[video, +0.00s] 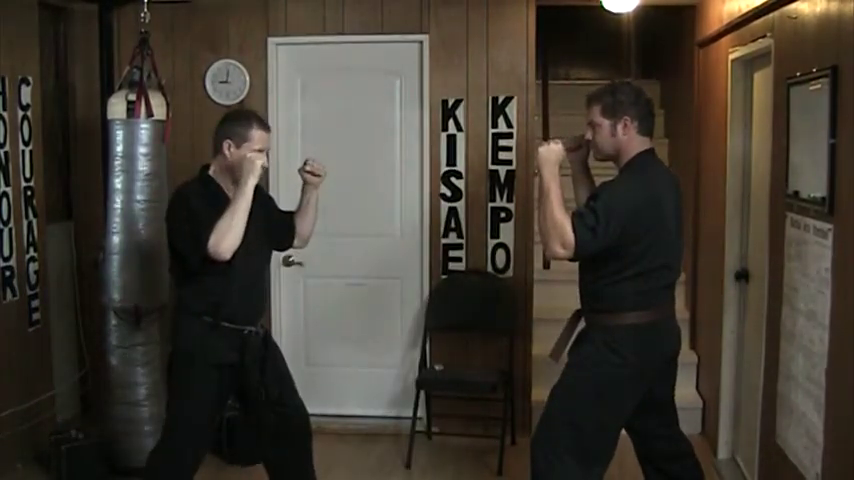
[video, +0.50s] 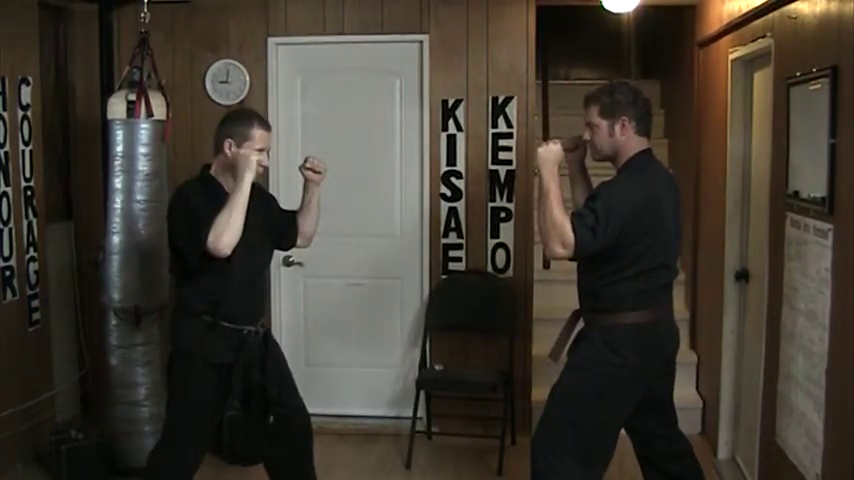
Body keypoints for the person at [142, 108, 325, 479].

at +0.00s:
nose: (264, 161)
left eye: (266, 152)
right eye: (258, 151)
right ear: (228, 150)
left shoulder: (252, 196)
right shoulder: (190, 198)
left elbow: (297, 236)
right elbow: (220, 248)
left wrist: (310, 190)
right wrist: (246, 184)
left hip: (252, 340)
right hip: (202, 341)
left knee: (292, 428)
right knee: (186, 442)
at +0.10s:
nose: (264, 161)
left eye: (265, 153)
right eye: (257, 151)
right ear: (228, 150)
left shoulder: (253, 196)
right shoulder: (189, 198)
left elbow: (298, 236)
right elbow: (219, 247)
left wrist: (311, 189)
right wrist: (246, 182)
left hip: (252, 339)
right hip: (202, 341)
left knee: (293, 427)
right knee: (186, 441)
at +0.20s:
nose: (264, 160)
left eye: (266, 152)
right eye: (258, 150)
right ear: (228, 149)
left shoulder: (254, 197)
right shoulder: (190, 197)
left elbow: (299, 236)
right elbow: (218, 246)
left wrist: (311, 189)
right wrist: (245, 181)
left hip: (252, 339)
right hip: (202, 340)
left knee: (293, 426)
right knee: (186, 441)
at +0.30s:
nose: (265, 161)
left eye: (267, 152)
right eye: (259, 151)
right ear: (228, 149)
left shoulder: (254, 197)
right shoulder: (190, 197)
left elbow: (300, 236)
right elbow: (219, 245)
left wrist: (311, 189)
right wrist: (243, 179)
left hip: (253, 339)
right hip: (203, 340)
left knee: (293, 426)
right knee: (186, 442)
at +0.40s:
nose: (265, 161)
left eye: (267, 152)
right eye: (259, 151)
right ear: (229, 148)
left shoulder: (255, 197)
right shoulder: (191, 196)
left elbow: (300, 236)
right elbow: (219, 245)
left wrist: (312, 188)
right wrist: (242, 178)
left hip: (254, 339)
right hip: (203, 340)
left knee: (294, 427)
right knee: (185, 444)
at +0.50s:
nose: (265, 161)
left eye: (267, 152)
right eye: (259, 151)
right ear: (229, 148)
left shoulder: (255, 198)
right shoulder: (191, 196)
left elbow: (301, 236)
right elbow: (220, 244)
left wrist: (312, 188)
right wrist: (244, 179)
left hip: (253, 339)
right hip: (203, 340)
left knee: (293, 427)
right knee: (185, 444)